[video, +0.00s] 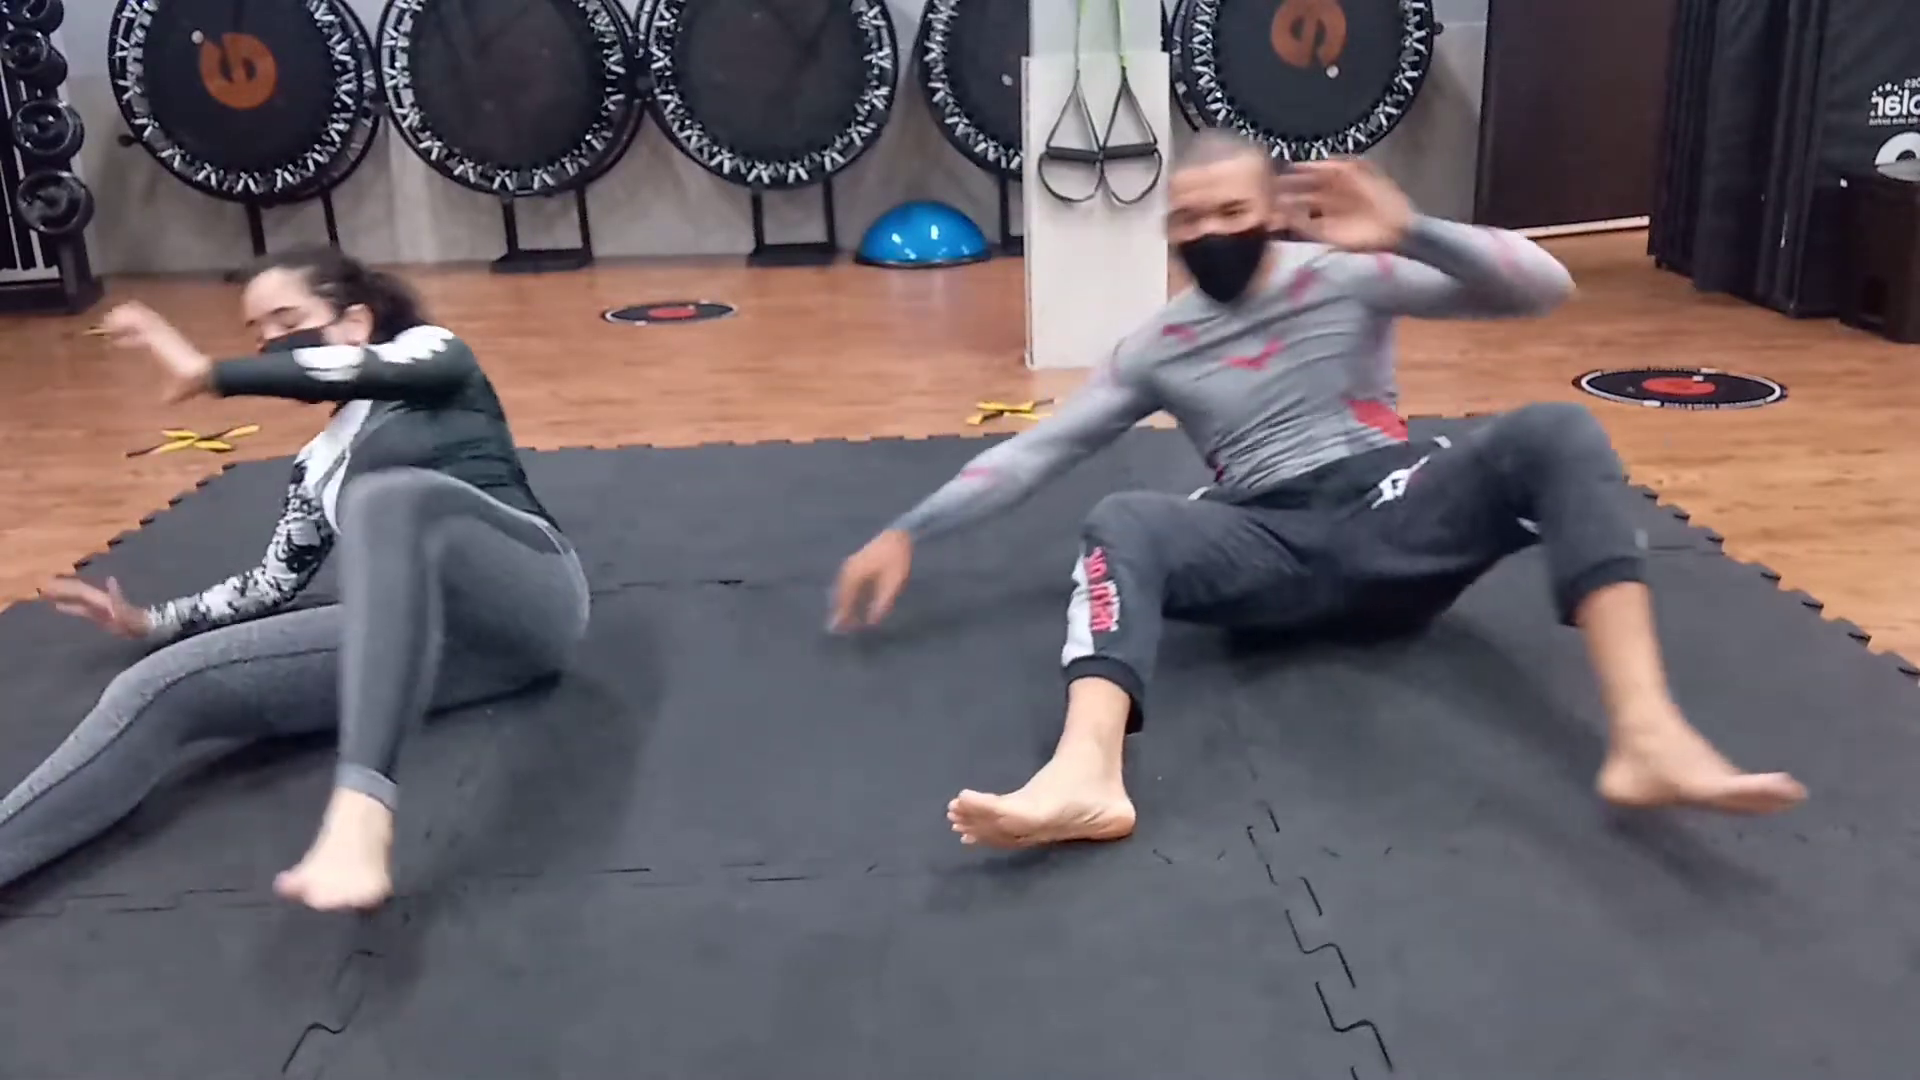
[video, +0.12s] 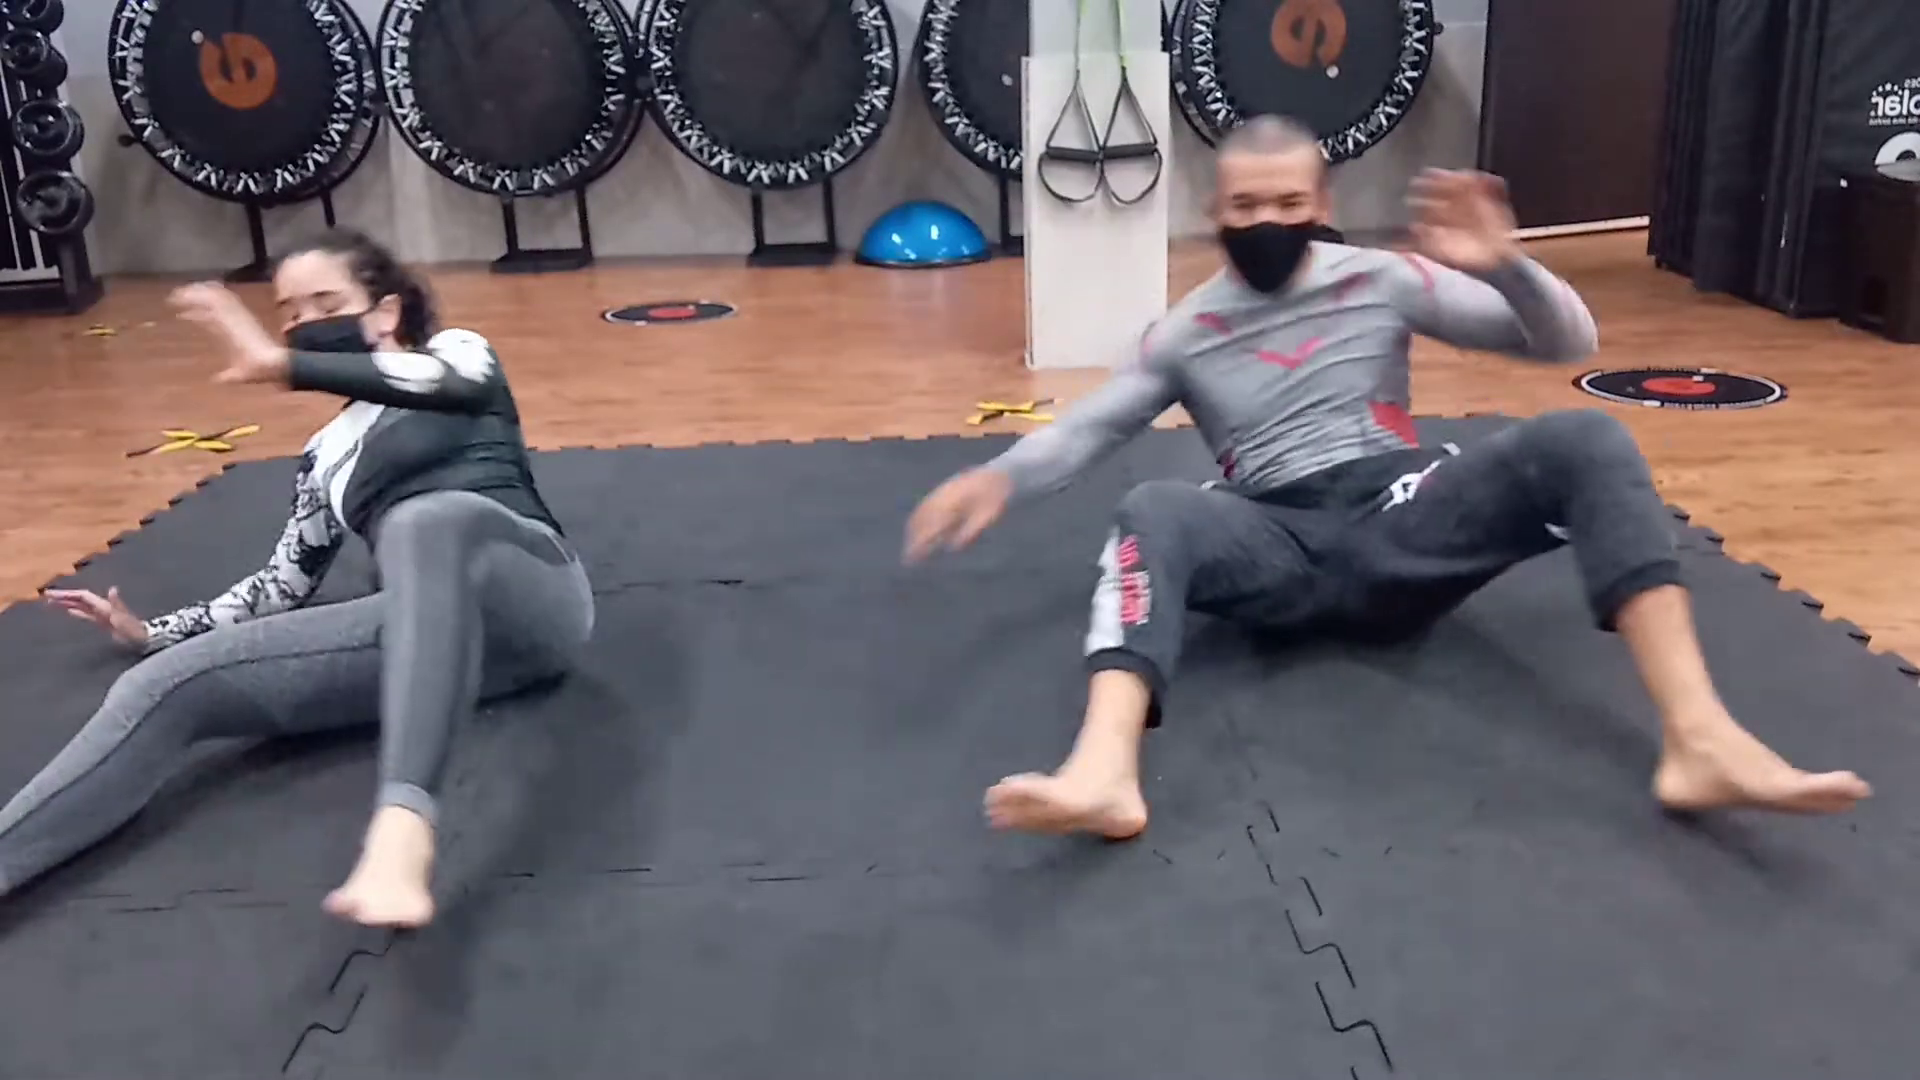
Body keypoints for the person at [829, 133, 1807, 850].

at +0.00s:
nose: (1209, 240)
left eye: (1230, 218)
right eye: (1190, 224)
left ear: (1275, 214)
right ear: (1167, 232)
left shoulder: (1341, 276)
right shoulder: (1157, 348)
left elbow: (1543, 290)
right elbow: (1036, 448)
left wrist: (1411, 231)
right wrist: (908, 528)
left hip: (1397, 511)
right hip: (1267, 543)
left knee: (1562, 431)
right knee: (1122, 523)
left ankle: (1649, 731)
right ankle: (1086, 772)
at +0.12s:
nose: (1259, 223)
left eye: (1281, 204)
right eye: (1240, 205)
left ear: (1321, 204)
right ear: (1214, 213)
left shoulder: (1384, 276)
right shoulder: (1187, 335)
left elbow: (1568, 344)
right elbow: (1092, 424)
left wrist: (1510, 269)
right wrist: (998, 477)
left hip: (1405, 520)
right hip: (1279, 542)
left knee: (1584, 441)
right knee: (1153, 508)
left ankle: (1698, 736)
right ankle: (1105, 768)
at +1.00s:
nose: (1582, 257)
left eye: (1601, 248)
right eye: (1567, 233)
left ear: (1603, 272)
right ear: (1506, 223)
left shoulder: (1532, 371)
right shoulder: (1391, 287)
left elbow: (1525, 505)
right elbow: (1418, 256)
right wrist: (1606, 220)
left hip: (1457, 574)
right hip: (1344, 548)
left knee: (1732, 518)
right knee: (1428, 397)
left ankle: (1741, 737)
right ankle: (1554, 705)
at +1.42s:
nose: (1618, 317)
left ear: (1600, 308)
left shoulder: (1565, 377)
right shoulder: (1486, 258)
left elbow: (1550, 507)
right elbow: (1625, 238)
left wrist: (1688, 535)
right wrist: (1761, 272)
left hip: (1472, 579)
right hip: (1396, 503)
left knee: (1765, 582)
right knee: (1647, 389)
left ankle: (1777, 736)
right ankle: (1614, 710)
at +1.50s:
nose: (1621, 325)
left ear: (1608, 306)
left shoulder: (1570, 387)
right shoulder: (1504, 258)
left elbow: (1551, 520)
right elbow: (1651, 236)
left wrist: (1681, 538)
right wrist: (1782, 280)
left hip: (1467, 586)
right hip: (1410, 493)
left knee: (1761, 587)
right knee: (1686, 398)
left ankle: (1777, 732)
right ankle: (1619, 711)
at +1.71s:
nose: (1709, 303)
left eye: (1710, 298)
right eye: (1703, 285)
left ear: (1634, 328)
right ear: (1643, 232)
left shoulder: (1574, 399)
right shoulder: (1548, 258)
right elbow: (1727, 254)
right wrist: (1834, 315)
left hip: (1460, 595)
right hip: (1441, 480)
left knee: (1770, 594)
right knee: (1762, 427)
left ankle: (1779, 728)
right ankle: (1631, 707)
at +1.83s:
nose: (1647, 358)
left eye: (1656, 353)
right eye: (1659, 345)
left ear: (1644, 329)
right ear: (1662, 274)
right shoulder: (1586, 260)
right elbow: (1766, 271)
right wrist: (1850, 341)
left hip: (1453, 591)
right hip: (1461, 477)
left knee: (1773, 593)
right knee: (1799, 460)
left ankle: (1779, 728)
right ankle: (1639, 699)